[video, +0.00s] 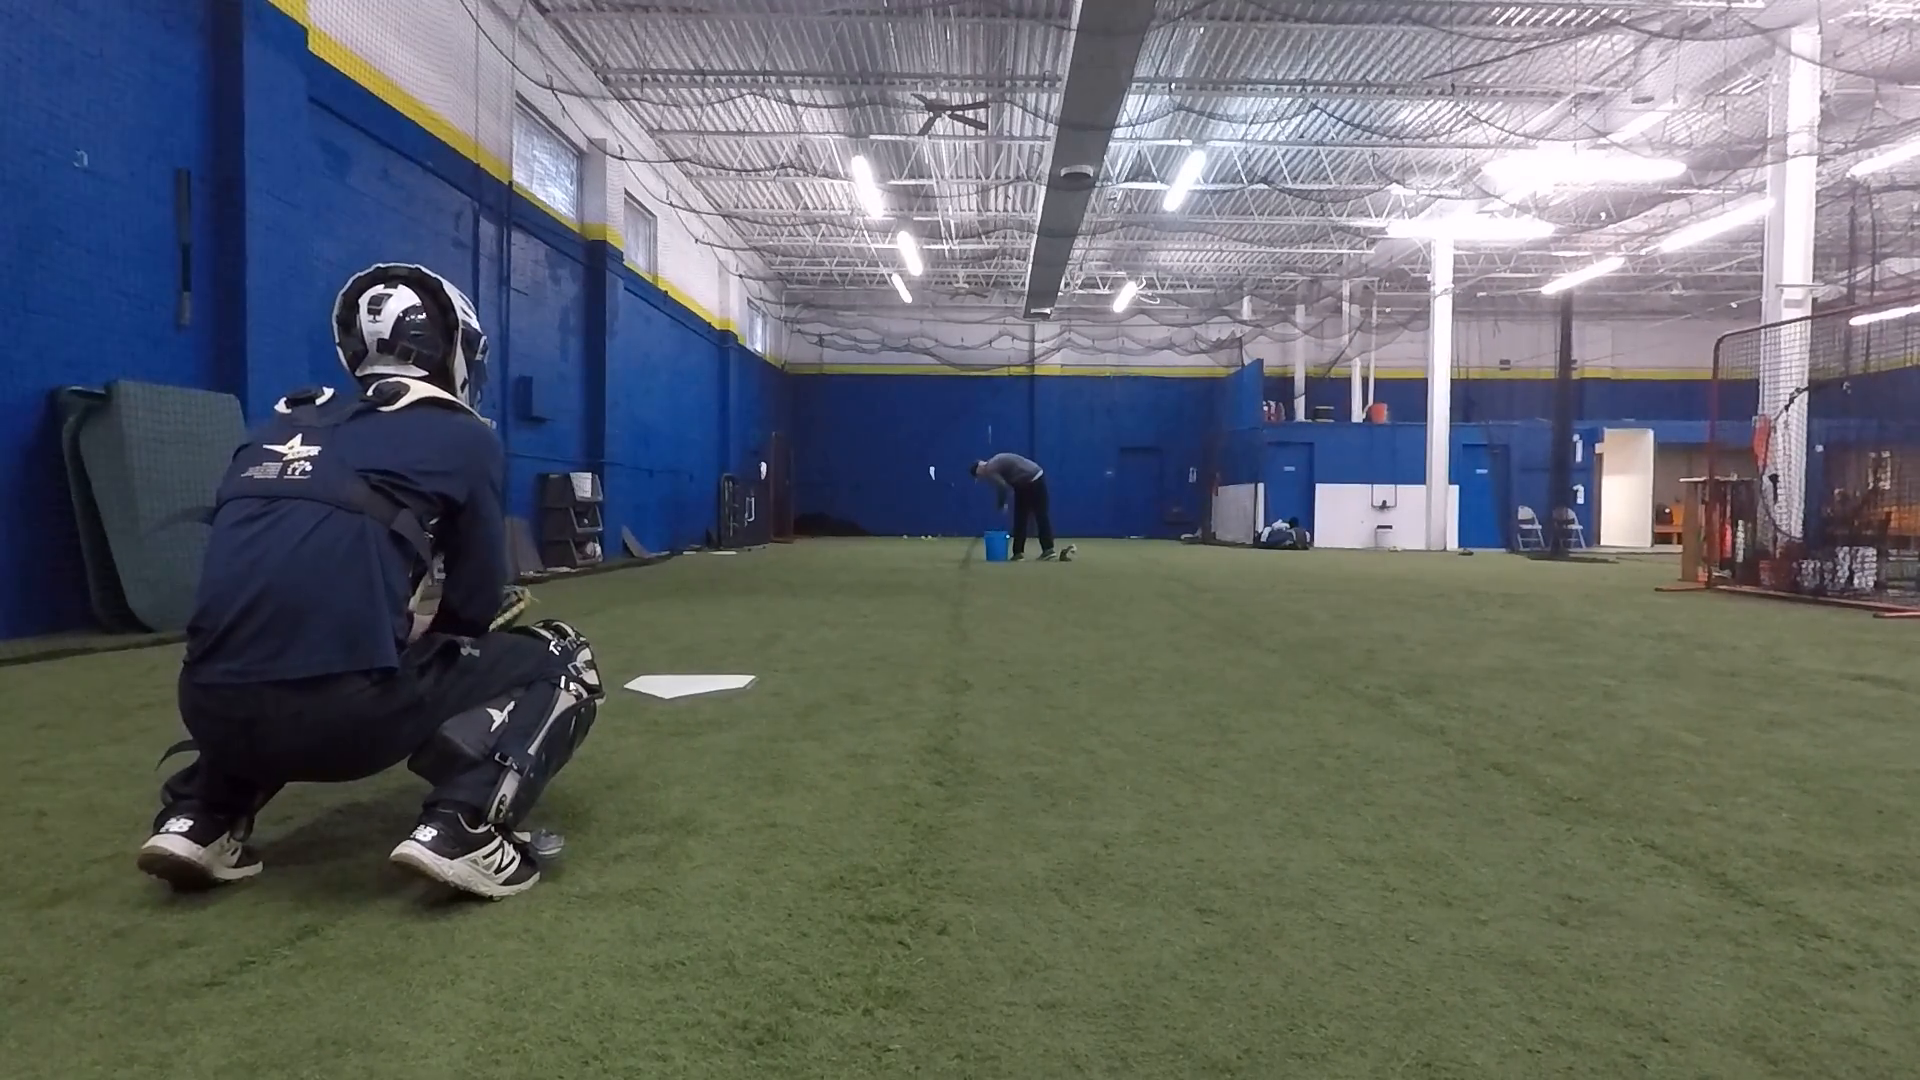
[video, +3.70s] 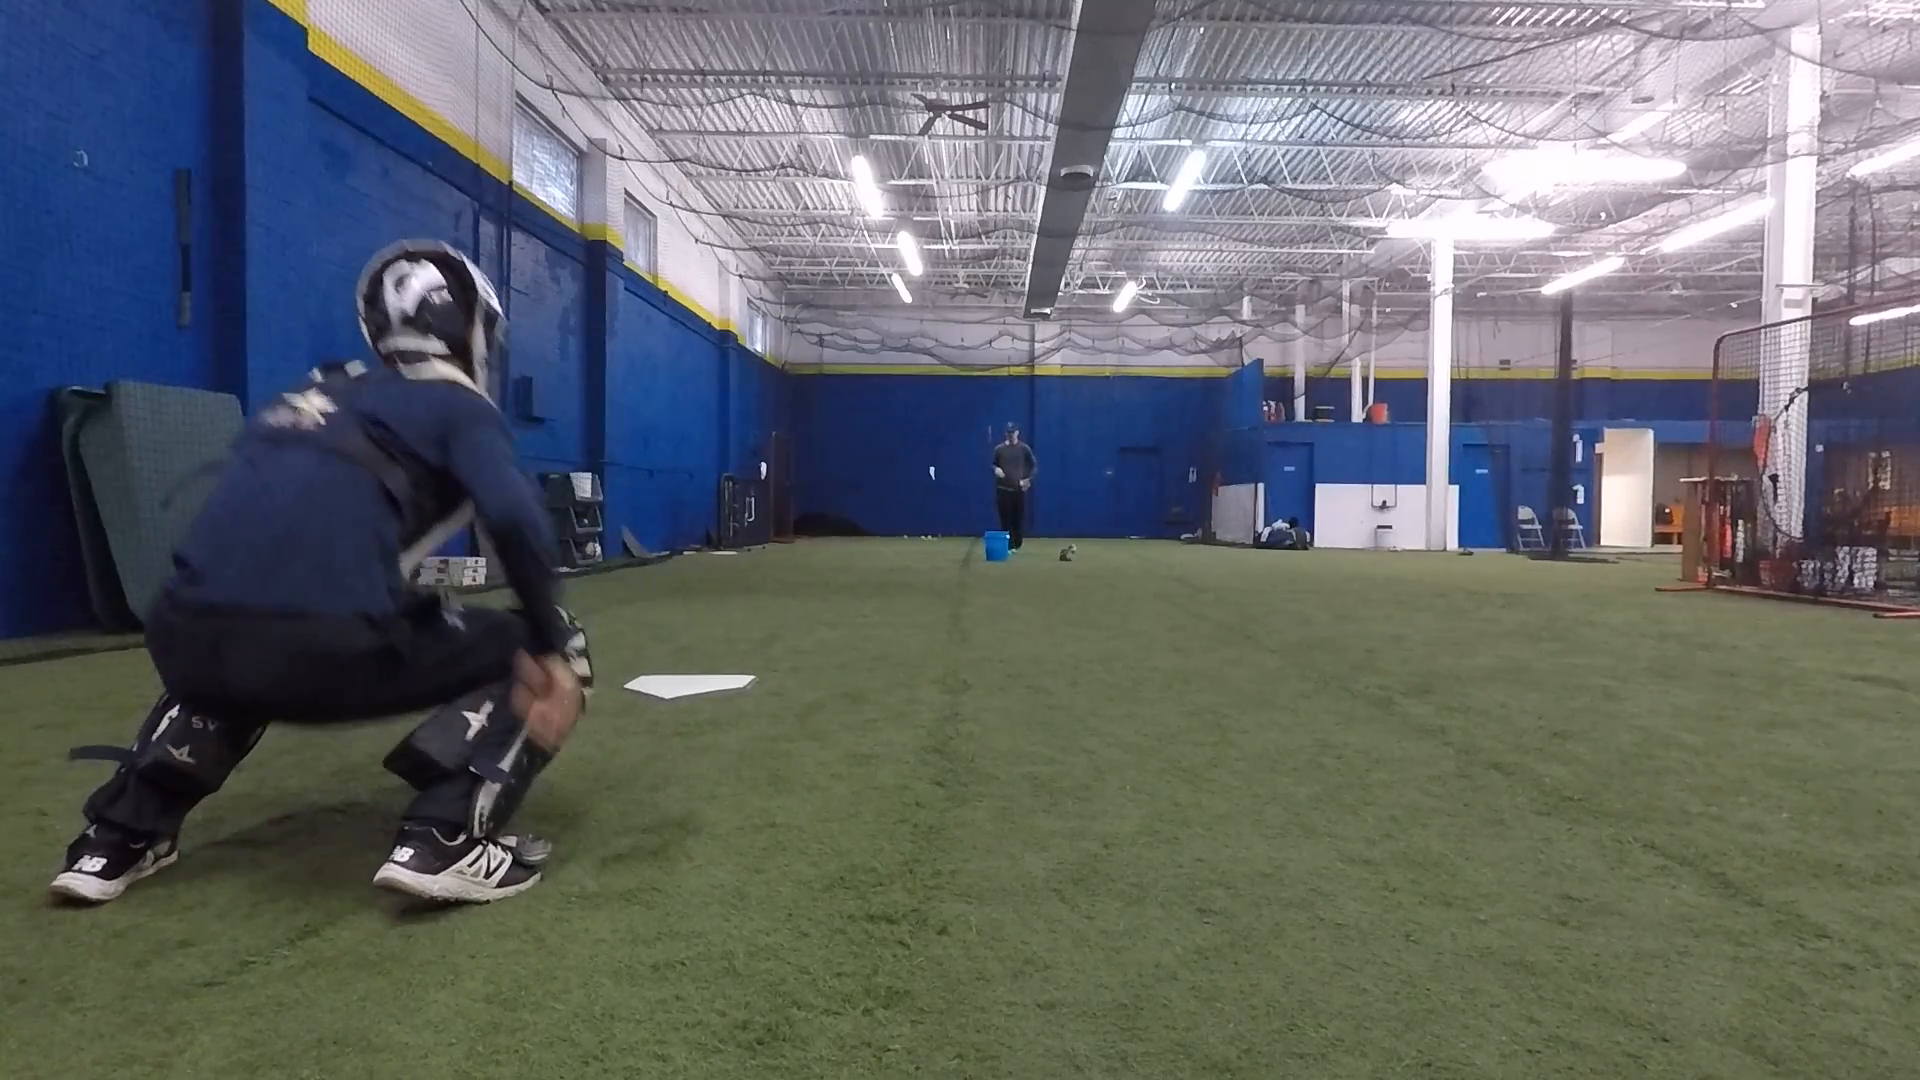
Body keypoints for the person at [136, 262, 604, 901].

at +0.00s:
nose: (473, 364)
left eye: (470, 349)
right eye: (468, 349)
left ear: (351, 352)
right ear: (452, 351)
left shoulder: (281, 423)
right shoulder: (465, 437)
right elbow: (475, 604)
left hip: (221, 714)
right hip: (353, 715)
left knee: (288, 624)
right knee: (564, 663)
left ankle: (200, 816)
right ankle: (464, 824)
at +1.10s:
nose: (482, 347)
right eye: (477, 332)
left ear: (364, 339)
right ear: (466, 340)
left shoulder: (297, 414)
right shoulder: (491, 435)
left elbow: (259, 559)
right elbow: (503, 602)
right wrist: (429, 627)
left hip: (234, 690)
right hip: (373, 699)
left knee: (294, 616)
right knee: (574, 660)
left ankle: (203, 819)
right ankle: (451, 826)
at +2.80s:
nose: (566, 342)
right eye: (562, 327)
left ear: (448, 330)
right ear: (550, 335)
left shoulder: (375, 396)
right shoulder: (567, 442)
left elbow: (278, 540)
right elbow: (556, 612)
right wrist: (463, 606)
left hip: (289, 670)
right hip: (430, 691)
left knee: (291, 631)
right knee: (589, 674)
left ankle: (205, 821)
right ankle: (462, 821)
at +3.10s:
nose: (606, 345)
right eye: (606, 334)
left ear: (499, 328)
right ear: (601, 347)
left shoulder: (437, 382)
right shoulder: (616, 460)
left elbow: (269, 481)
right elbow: (596, 626)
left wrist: (369, 522)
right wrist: (517, 608)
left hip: (334, 658)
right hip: (477, 696)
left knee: (260, 592)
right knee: (576, 683)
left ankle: (151, 815)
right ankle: (474, 818)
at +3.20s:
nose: (604, 346)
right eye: (602, 333)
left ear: (495, 329)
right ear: (596, 348)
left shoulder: (425, 388)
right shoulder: (610, 460)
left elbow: (262, 490)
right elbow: (628, 632)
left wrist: (361, 536)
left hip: (324, 658)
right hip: (470, 691)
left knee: (252, 603)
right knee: (581, 676)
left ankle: (117, 828)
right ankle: (472, 819)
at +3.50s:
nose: (542, 365)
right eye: (539, 353)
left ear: (423, 350)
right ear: (525, 357)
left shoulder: (349, 415)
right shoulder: (520, 438)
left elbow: (221, 535)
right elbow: (621, 587)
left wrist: (323, 575)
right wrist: (652, 695)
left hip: (255, 682)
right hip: (404, 696)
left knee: (213, 655)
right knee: (581, 664)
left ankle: (102, 849)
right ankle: (463, 833)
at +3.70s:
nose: (492, 346)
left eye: (491, 331)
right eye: (488, 330)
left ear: (377, 332)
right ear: (471, 329)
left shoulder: (312, 394)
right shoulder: (456, 406)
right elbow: (516, 516)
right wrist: (551, 637)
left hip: (193, 643)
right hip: (331, 650)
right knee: (537, 660)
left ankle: (113, 839)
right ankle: (445, 840)